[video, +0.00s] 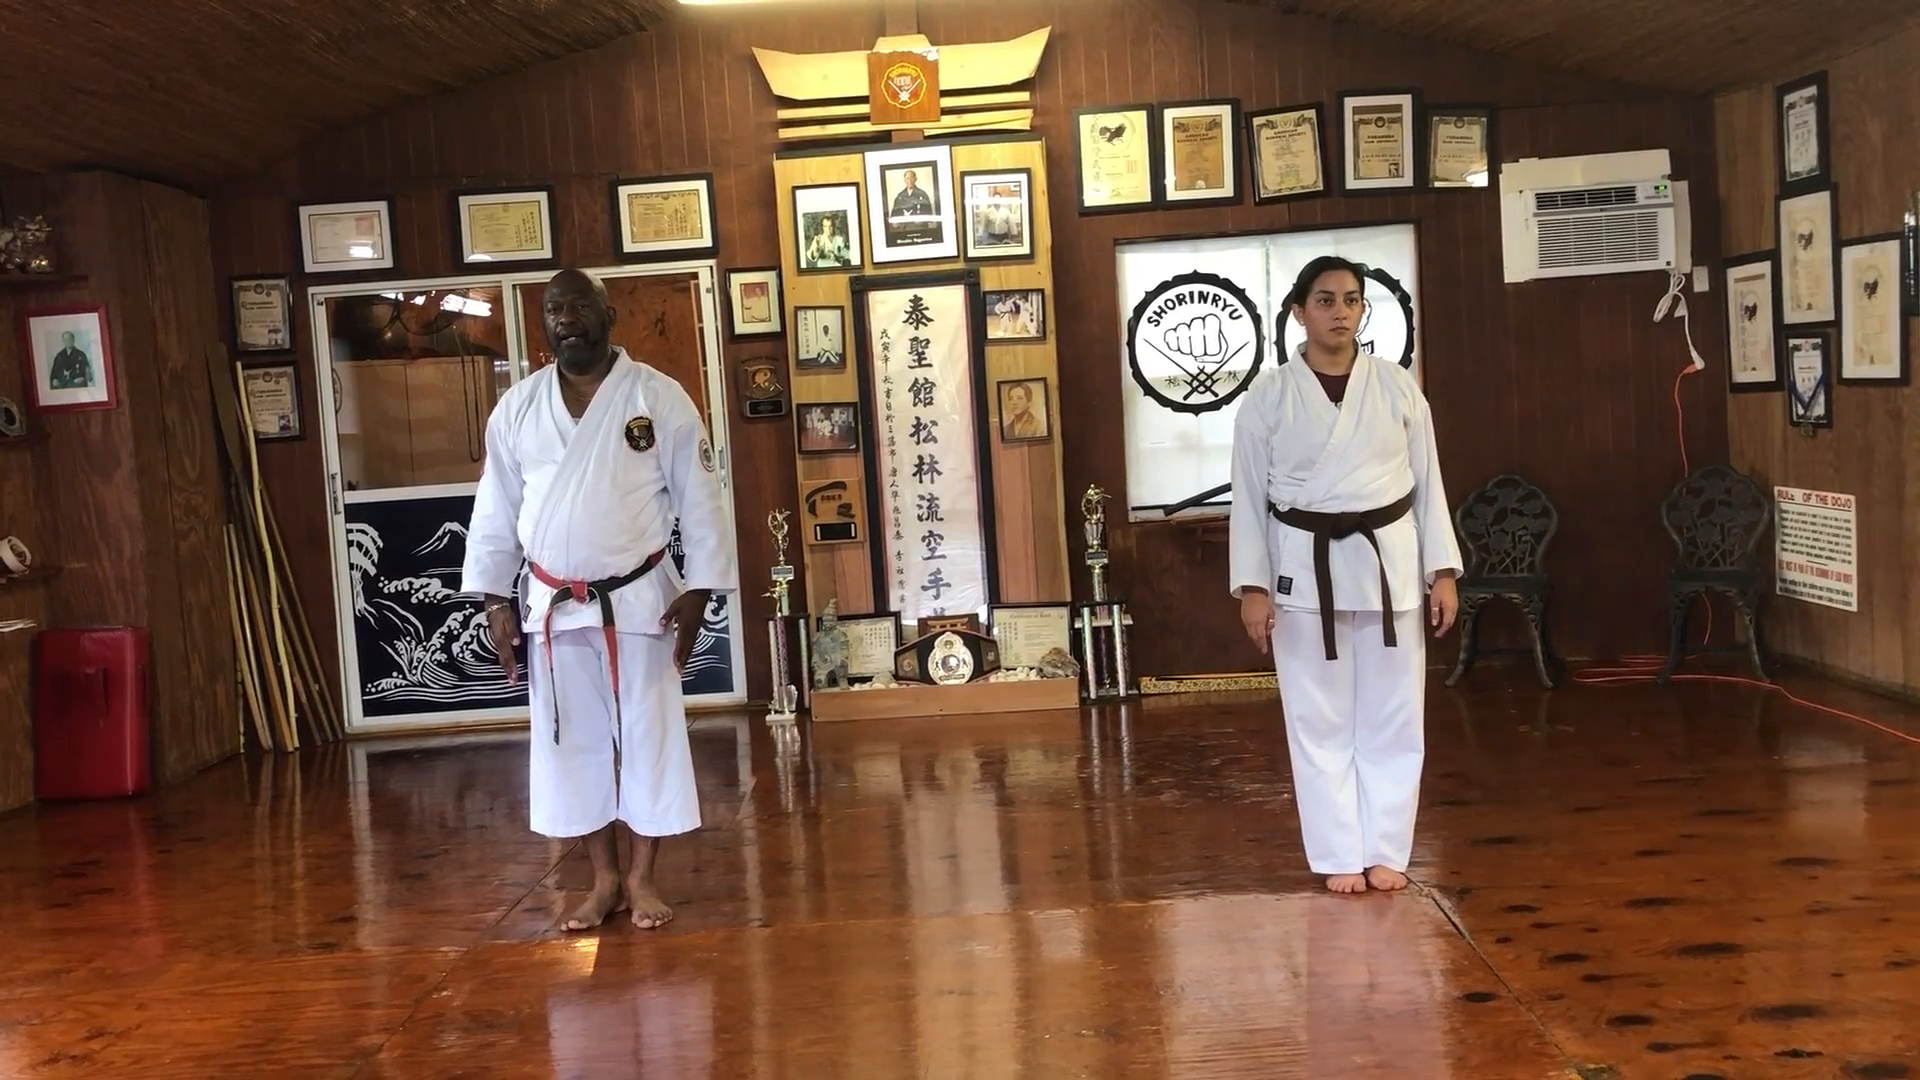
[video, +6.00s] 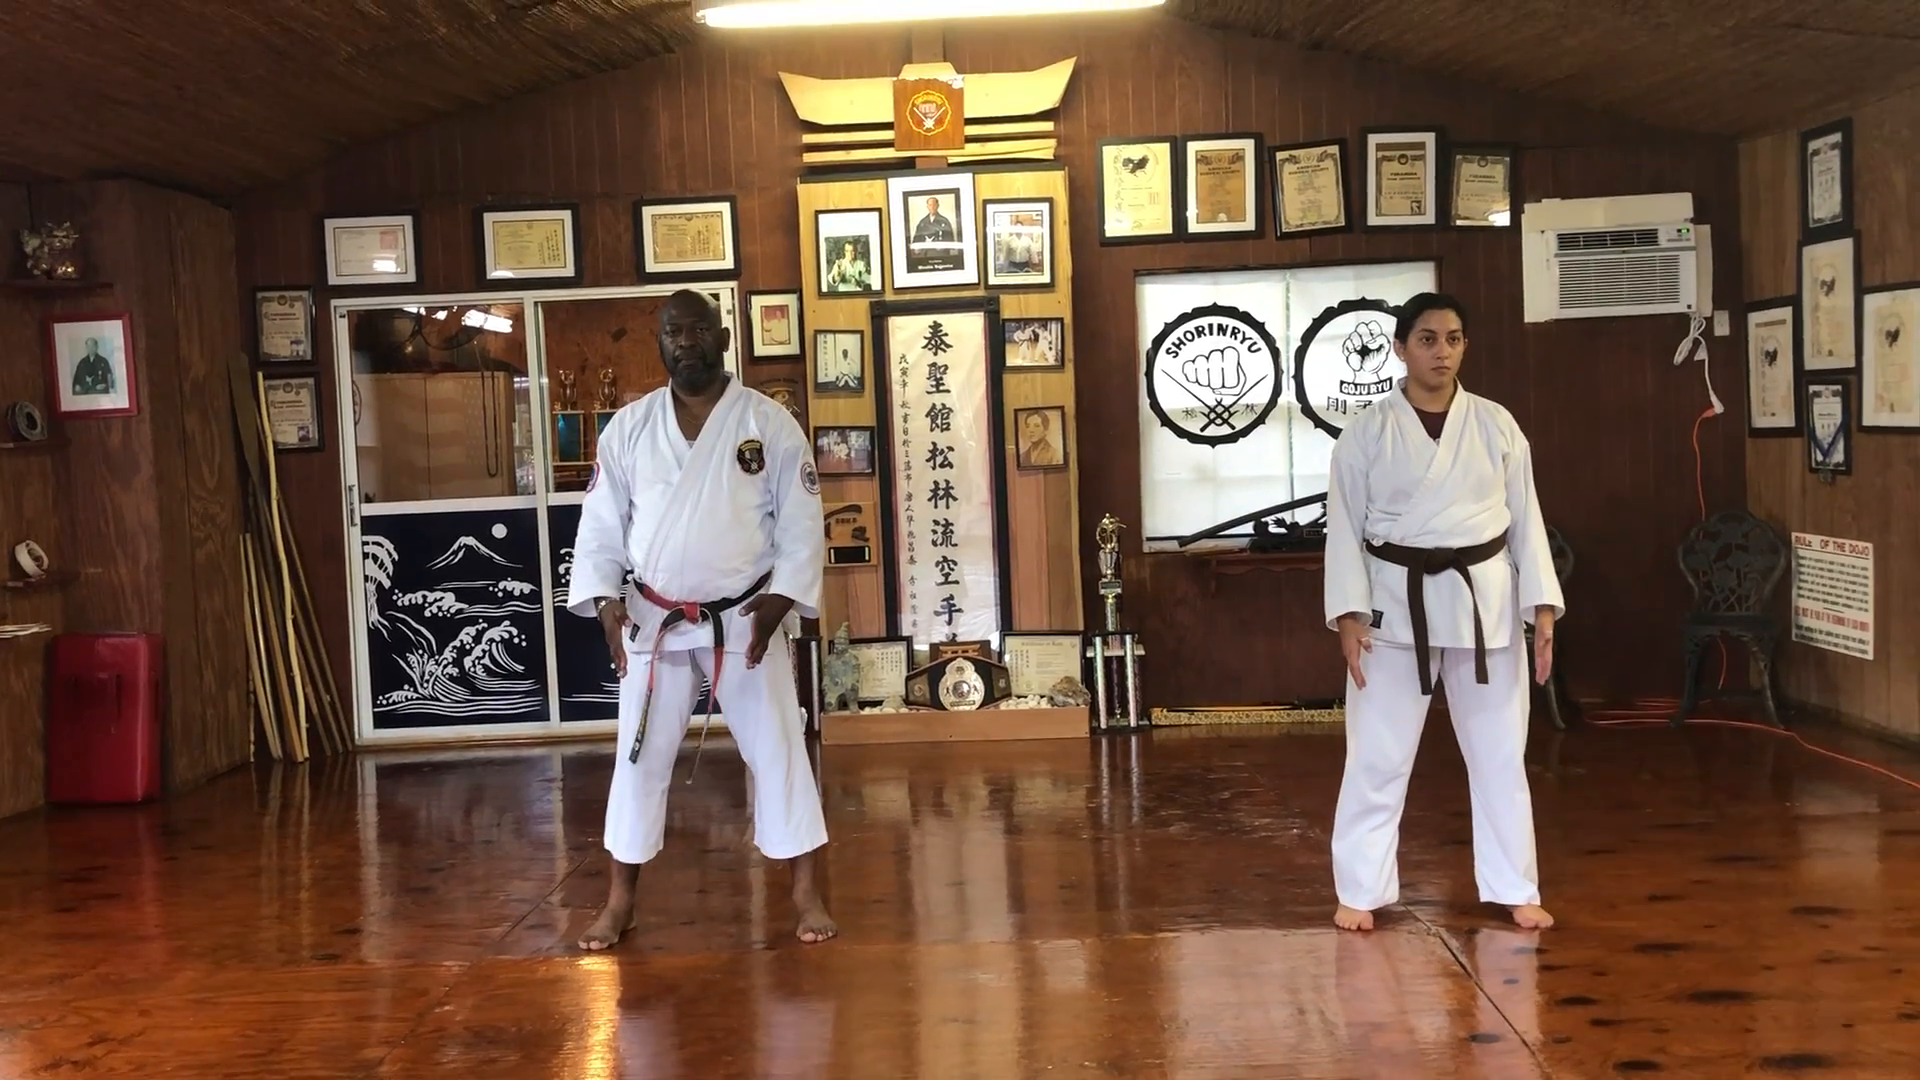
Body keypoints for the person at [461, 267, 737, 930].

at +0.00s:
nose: (565, 321)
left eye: (577, 308)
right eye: (554, 312)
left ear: (608, 316)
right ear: (542, 326)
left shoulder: (658, 396)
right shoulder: (516, 408)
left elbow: (699, 498)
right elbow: (496, 509)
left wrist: (701, 590)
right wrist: (495, 602)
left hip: (638, 591)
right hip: (553, 599)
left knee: (644, 734)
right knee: (574, 735)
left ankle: (639, 880)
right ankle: (602, 880)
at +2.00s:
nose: (590, 322)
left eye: (602, 311)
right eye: (579, 314)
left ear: (632, 318)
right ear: (566, 327)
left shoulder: (680, 400)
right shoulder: (538, 410)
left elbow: (719, 501)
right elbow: (518, 509)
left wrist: (717, 593)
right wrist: (516, 601)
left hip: (657, 593)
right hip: (572, 598)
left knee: (661, 736)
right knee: (588, 736)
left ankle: (652, 878)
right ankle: (616, 879)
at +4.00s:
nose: (583, 322)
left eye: (594, 309)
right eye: (571, 314)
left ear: (624, 317)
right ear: (557, 329)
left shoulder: (674, 399)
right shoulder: (531, 411)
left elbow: (712, 502)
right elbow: (514, 510)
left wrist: (703, 592)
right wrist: (524, 601)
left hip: (653, 591)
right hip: (570, 598)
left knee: (658, 734)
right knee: (590, 735)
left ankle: (652, 880)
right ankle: (616, 880)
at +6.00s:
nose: (690, 341)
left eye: (700, 329)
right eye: (676, 332)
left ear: (724, 338)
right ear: (659, 346)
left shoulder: (768, 423)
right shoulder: (627, 428)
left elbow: (802, 522)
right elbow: (602, 520)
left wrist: (779, 597)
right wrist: (606, 598)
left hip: (745, 612)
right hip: (654, 616)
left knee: (780, 751)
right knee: (637, 756)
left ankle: (808, 893)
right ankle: (618, 903)